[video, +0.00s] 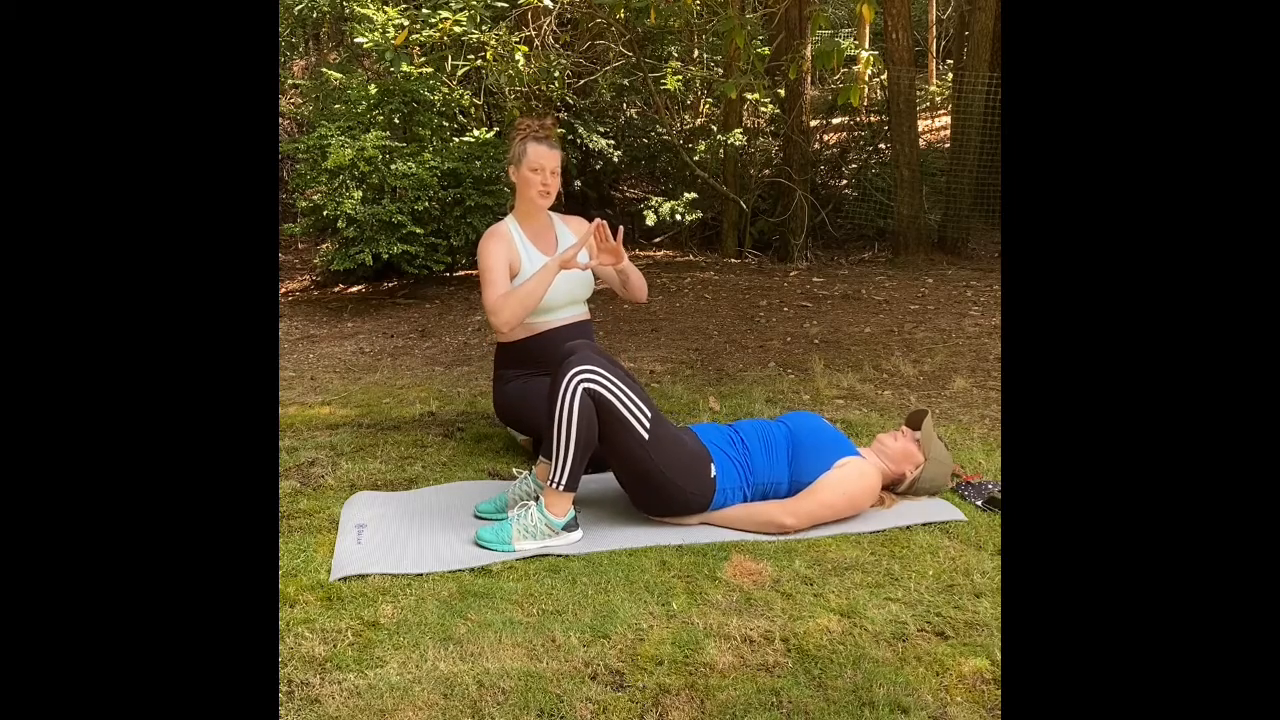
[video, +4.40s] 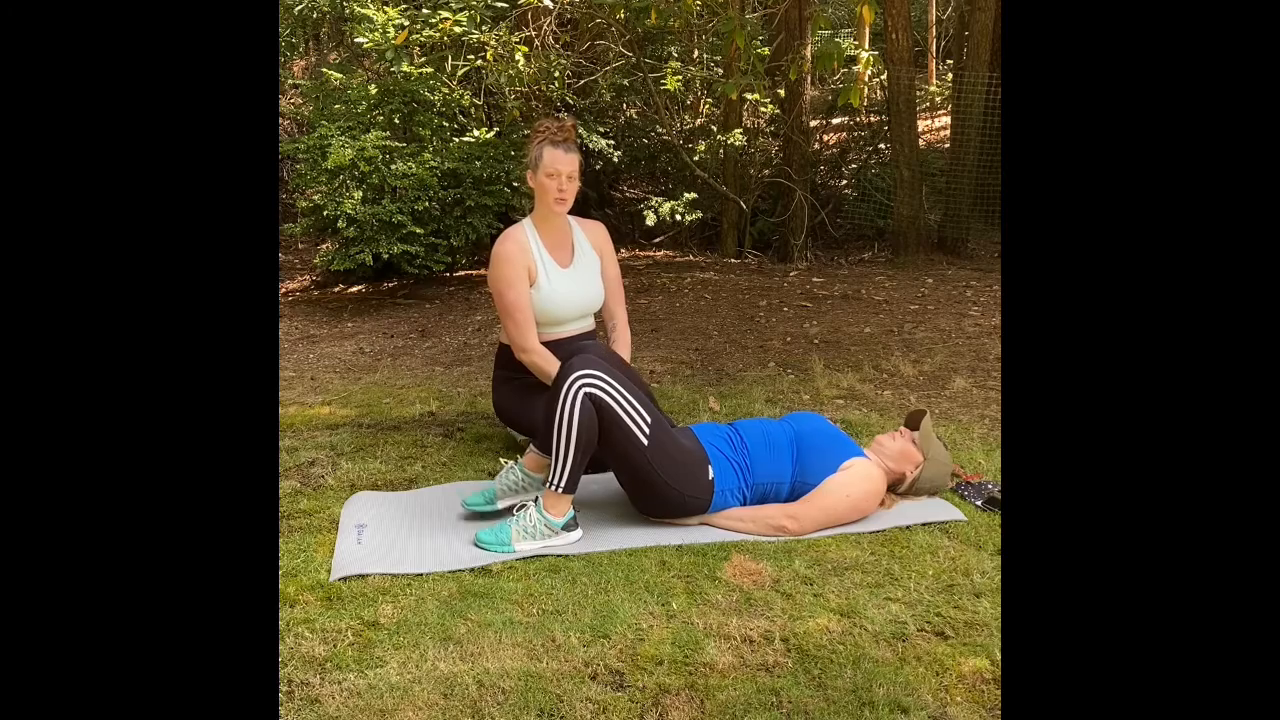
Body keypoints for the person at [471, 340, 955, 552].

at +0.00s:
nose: (898, 433)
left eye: (909, 440)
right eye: (907, 430)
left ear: (908, 472)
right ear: (895, 442)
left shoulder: (860, 477)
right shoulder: (844, 454)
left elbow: (788, 516)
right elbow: (772, 494)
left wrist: (703, 515)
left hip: (694, 480)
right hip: (680, 454)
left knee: (585, 372)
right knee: (586, 362)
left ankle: (554, 509)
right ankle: (543, 484)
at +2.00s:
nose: (897, 433)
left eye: (908, 440)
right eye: (906, 430)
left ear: (908, 471)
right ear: (897, 444)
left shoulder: (863, 479)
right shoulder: (847, 456)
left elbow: (794, 520)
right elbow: (774, 494)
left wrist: (711, 517)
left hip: (693, 482)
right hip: (680, 452)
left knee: (589, 376)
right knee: (589, 364)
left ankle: (554, 511)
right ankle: (540, 484)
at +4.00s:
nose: (897, 433)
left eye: (908, 439)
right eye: (906, 430)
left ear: (908, 470)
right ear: (898, 446)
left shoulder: (864, 479)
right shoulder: (846, 457)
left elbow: (795, 521)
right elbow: (777, 499)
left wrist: (710, 516)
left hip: (693, 482)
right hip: (678, 456)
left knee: (586, 369)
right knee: (576, 355)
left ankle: (553, 510)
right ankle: (542, 483)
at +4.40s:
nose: (897, 433)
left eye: (908, 441)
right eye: (906, 430)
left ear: (907, 472)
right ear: (897, 442)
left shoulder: (863, 480)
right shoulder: (847, 454)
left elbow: (794, 521)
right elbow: (776, 498)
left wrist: (711, 515)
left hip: (692, 482)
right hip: (677, 453)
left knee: (592, 372)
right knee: (582, 354)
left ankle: (556, 510)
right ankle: (532, 472)